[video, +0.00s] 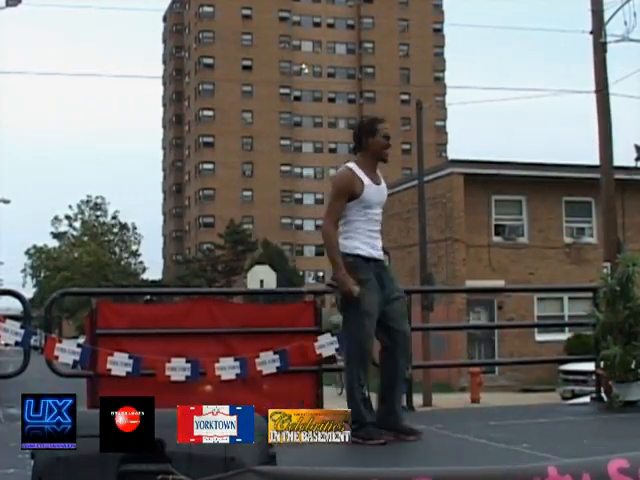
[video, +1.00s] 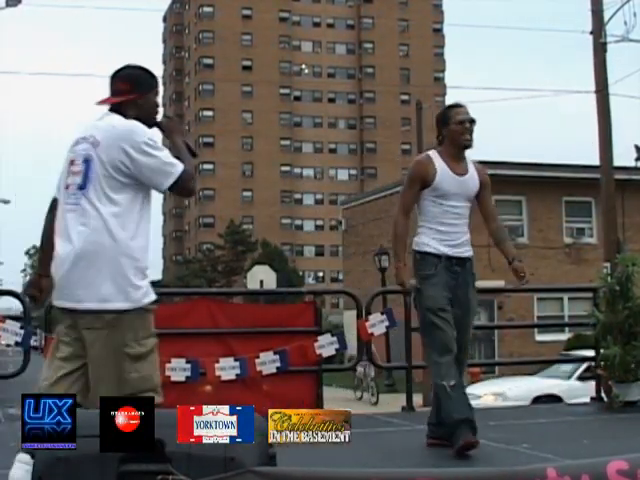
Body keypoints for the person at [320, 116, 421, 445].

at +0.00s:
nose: (390, 143)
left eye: (390, 138)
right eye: (384, 138)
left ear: (376, 144)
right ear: (366, 142)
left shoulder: (379, 178)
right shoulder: (347, 177)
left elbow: (372, 228)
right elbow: (328, 226)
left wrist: (383, 267)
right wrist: (341, 272)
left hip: (380, 266)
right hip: (356, 266)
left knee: (398, 338)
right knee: (359, 346)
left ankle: (389, 417)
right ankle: (361, 424)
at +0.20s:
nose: (406, 141)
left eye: (405, 136)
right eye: (400, 136)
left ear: (391, 144)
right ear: (381, 142)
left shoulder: (393, 177)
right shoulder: (365, 176)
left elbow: (385, 228)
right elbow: (348, 227)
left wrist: (393, 268)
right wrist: (358, 274)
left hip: (393, 268)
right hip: (370, 267)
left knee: (407, 346)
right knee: (367, 349)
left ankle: (440, 420)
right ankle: (361, 426)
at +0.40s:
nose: (426, 141)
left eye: (428, 136)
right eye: (420, 135)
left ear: (423, 142)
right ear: (401, 139)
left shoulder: (415, 178)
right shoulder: (383, 173)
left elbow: (411, 227)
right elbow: (366, 222)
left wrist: (422, 264)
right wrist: (373, 272)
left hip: (419, 268)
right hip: (391, 268)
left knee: (430, 349)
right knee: (387, 352)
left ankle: (441, 427)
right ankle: (363, 424)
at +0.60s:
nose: (446, 135)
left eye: (447, 130)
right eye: (439, 130)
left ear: (444, 138)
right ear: (420, 135)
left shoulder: (442, 179)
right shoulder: (401, 169)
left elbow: (441, 226)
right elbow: (378, 215)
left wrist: (448, 260)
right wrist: (384, 262)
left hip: (442, 265)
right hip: (412, 264)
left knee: (446, 346)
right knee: (418, 340)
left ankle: (442, 425)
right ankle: (380, 406)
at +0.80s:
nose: (459, 130)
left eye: (460, 125)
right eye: (451, 126)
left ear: (458, 132)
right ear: (433, 133)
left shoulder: (461, 177)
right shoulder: (415, 166)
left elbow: (470, 228)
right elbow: (392, 212)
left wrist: (485, 275)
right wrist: (396, 260)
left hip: (452, 264)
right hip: (422, 261)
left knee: (452, 345)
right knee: (429, 343)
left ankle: (446, 426)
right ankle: (421, 429)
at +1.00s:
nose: (467, 128)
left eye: (470, 123)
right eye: (460, 124)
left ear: (473, 129)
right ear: (442, 130)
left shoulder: (477, 173)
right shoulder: (424, 165)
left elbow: (493, 221)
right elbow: (402, 214)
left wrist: (513, 259)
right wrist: (399, 265)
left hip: (463, 264)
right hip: (430, 262)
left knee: (459, 346)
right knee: (444, 344)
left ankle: (440, 426)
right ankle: (462, 427)